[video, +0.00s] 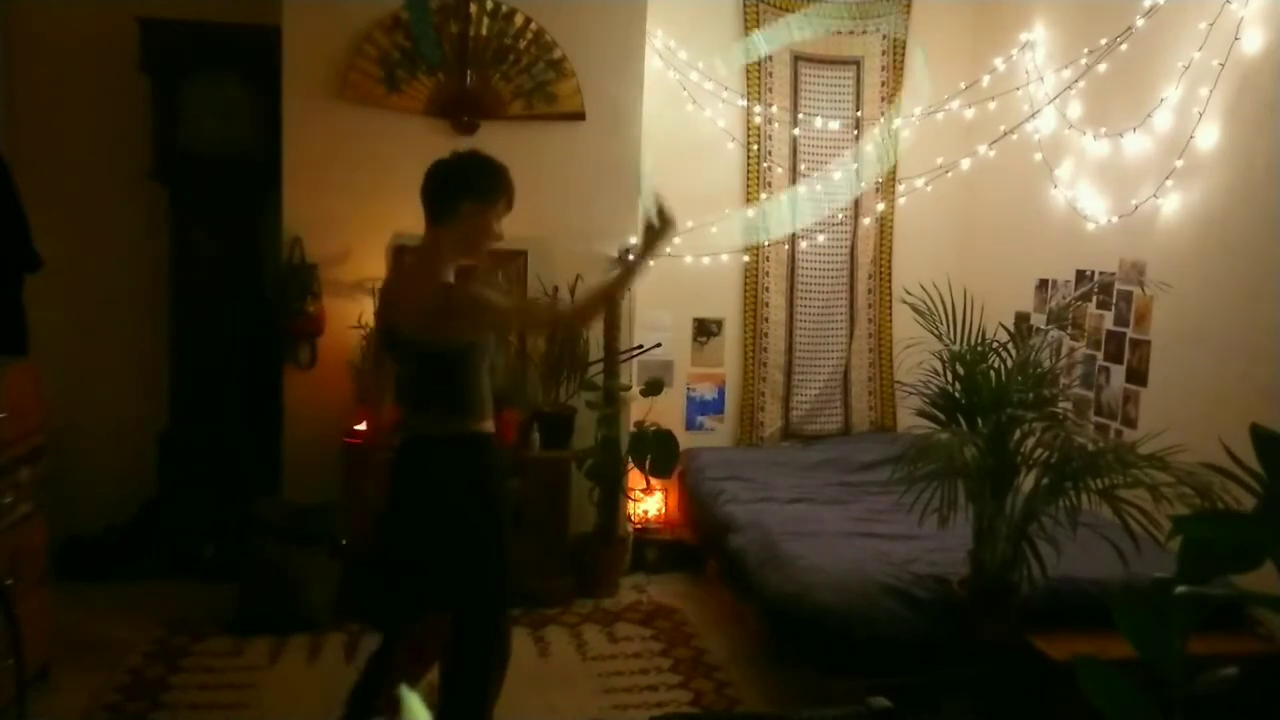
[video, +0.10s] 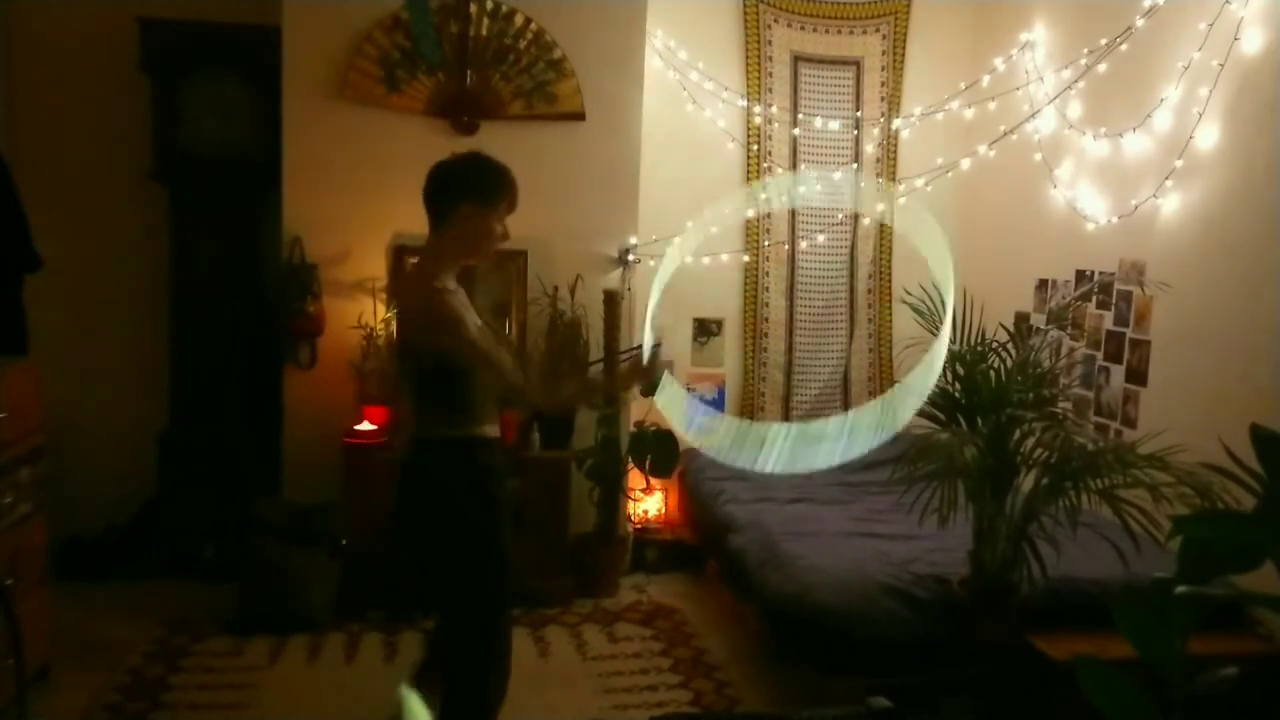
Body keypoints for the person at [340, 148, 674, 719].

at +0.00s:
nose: (500, 229)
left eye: (501, 215)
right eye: (495, 213)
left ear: (445, 210)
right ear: (462, 210)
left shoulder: (414, 284)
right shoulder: (437, 287)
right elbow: (563, 320)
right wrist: (641, 256)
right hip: (451, 469)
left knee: (414, 626)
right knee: (478, 633)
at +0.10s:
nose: (506, 231)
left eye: (506, 216)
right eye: (499, 215)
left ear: (459, 215)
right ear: (461, 212)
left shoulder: (438, 290)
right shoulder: (436, 297)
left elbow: (506, 380)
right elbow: (519, 389)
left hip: (459, 475)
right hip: (455, 479)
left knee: (461, 635)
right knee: (479, 649)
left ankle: (421, 706)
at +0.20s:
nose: (507, 224)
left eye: (506, 210)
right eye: (496, 210)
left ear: (466, 216)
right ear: (458, 213)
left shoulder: (465, 290)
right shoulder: (436, 300)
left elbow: (480, 403)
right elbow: (448, 425)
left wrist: (533, 426)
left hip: (476, 477)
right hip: (451, 485)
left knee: (485, 654)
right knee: (475, 664)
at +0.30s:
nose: (495, 217)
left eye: (496, 204)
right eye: (482, 205)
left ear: (495, 209)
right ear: (445, 212)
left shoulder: (484, 283)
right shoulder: (428, 297)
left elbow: (490, 385)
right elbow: (420, 414)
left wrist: (521, 431)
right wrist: (505, 436)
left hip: (492, 468)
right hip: (452, 477)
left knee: (495, 623)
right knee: (465, 630)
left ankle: (492, 707)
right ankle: (466, 711)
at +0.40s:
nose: (487, 207)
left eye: (492, 194)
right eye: (472, 196)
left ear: (499, 201)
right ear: (442, 204)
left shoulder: (495, 278)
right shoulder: (425, 284)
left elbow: (498, 360)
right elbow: (390, 380)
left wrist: (546, 413)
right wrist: (464, 382)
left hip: (491, 452)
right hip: (447, 461)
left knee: (490, 602)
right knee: (477, 607)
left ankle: (473, 705)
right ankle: (466, 708)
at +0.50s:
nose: (478, 194)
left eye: (482, 180)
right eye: (463, 181)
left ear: (488, 186)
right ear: (438, 190)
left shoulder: (492, 274)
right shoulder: (420, 273)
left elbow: (518, 356)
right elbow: (371, 333)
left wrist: (581, 405)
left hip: (493, 456)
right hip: (446, 459)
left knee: (489, 612)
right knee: (485, 615)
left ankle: (458, 706)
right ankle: (456, 708)